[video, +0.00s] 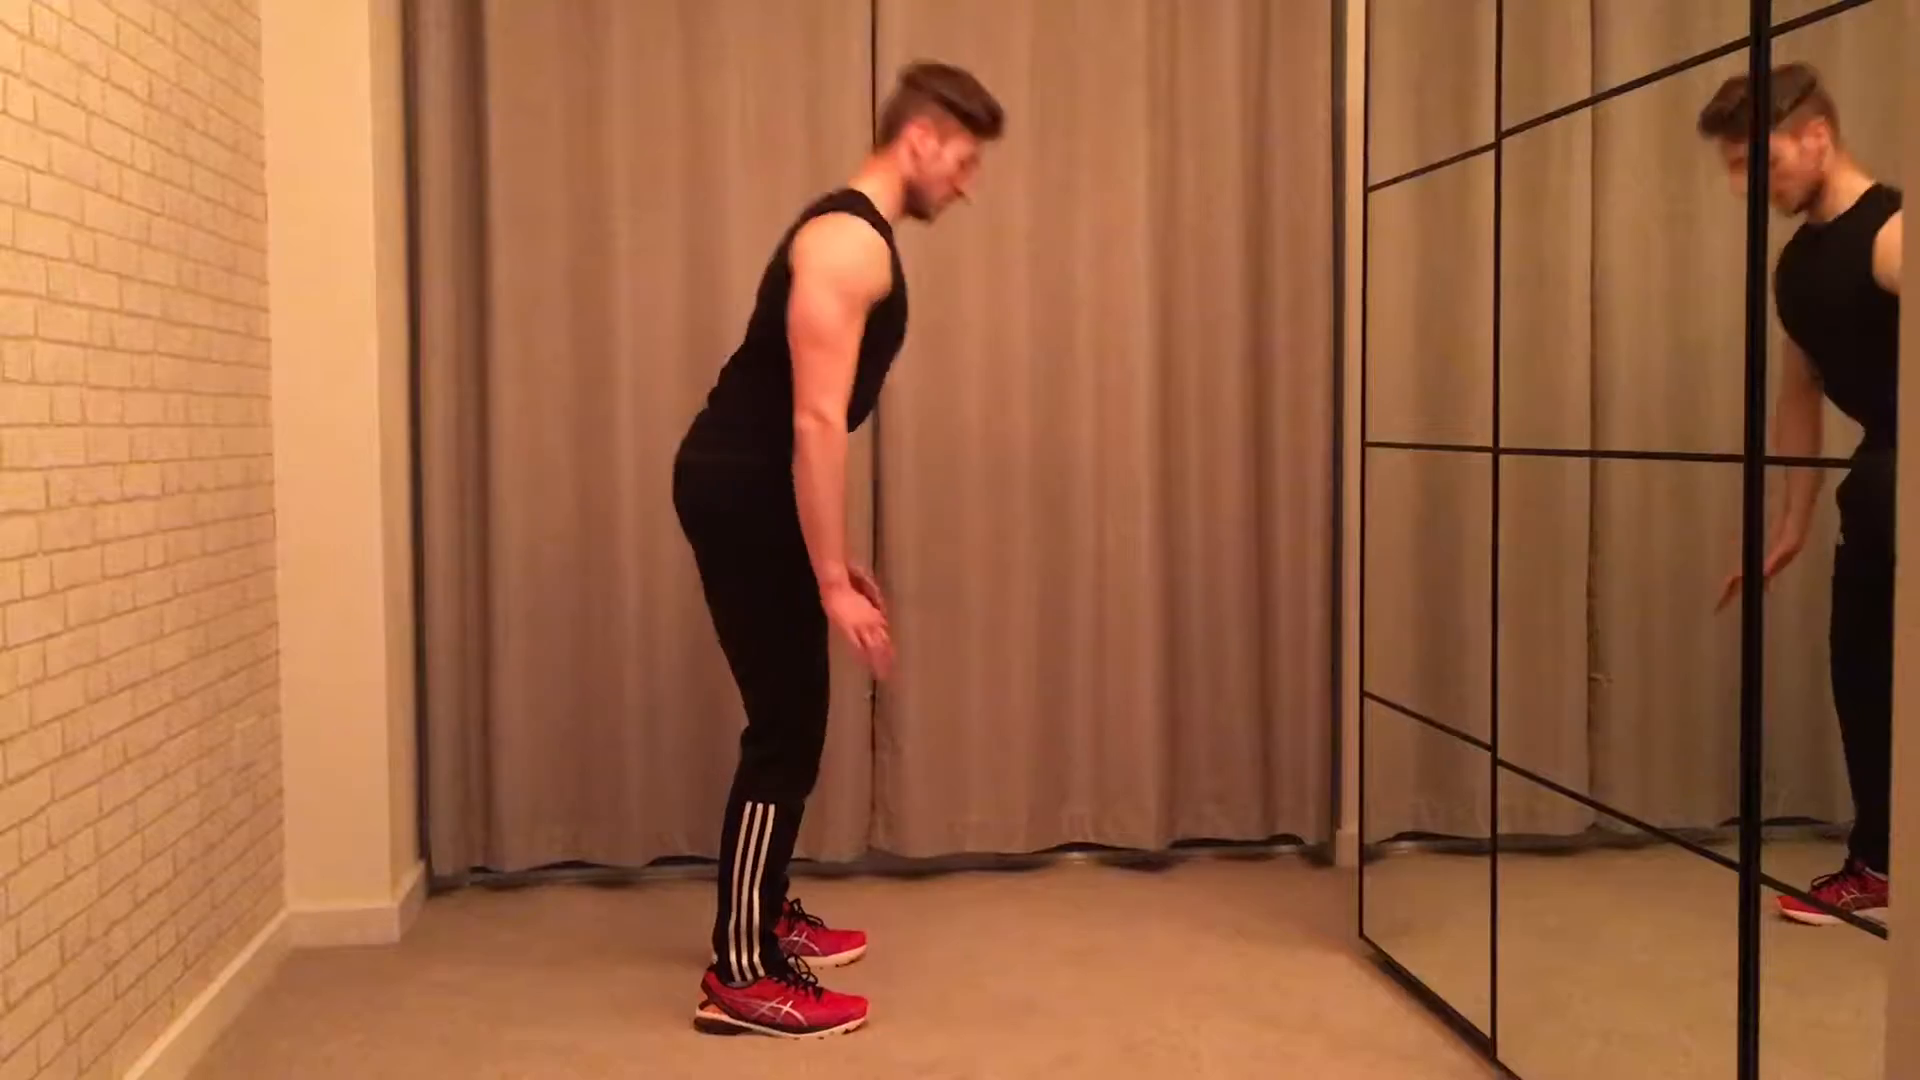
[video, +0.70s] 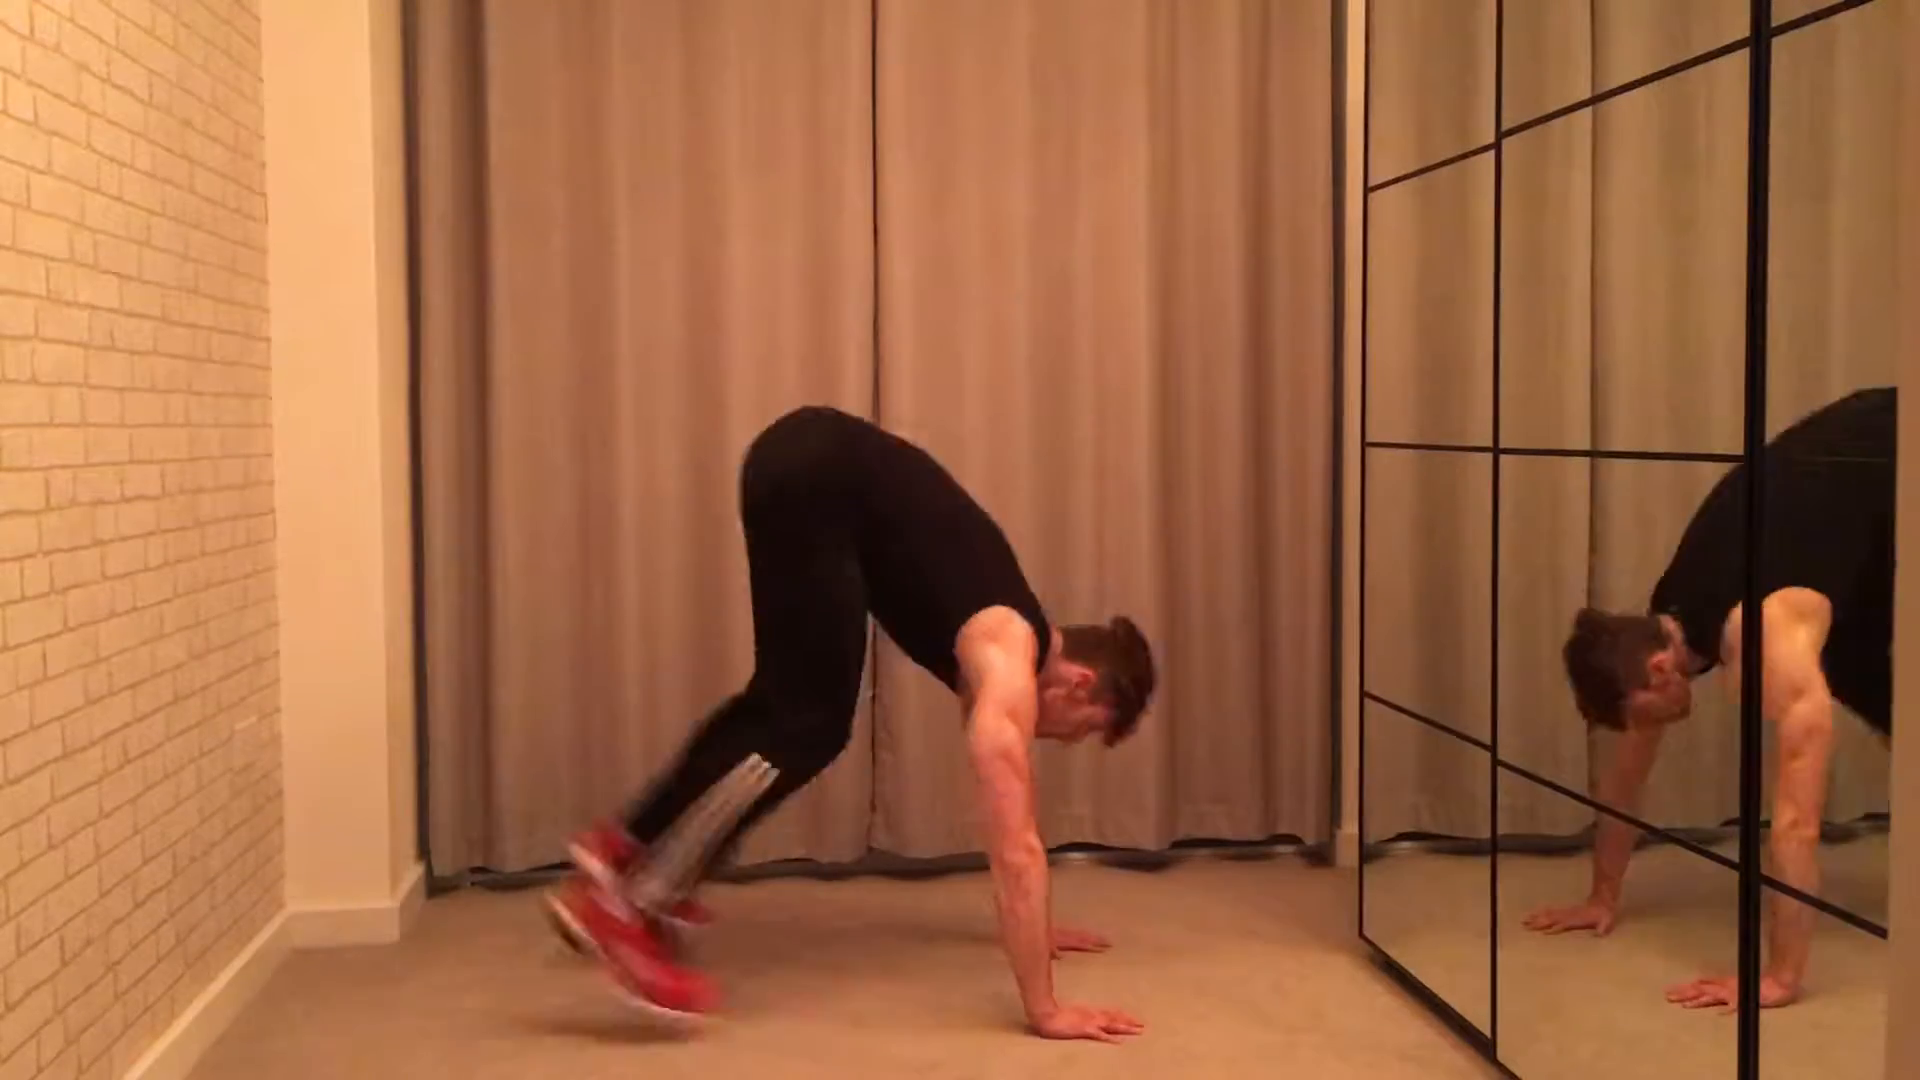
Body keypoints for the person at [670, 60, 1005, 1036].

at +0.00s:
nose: (970, 181)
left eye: (977, 164)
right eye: (967, 159)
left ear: (920, 141)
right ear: (920, 136)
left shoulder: (864, 236)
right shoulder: (846, 242)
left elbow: (821, 423)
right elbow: (815, 422)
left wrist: (838, 560)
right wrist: (832, 579)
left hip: (760, 479)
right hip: (741, 487)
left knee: (794, 714)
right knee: (787, 719)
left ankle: (766, 919)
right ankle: (739, 974)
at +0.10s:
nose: (1016, 259)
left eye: (1025, 241)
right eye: (1015, 236)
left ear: (971, 214)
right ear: (972, 210)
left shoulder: (897, 289)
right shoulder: (884, 297)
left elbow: (845, 469)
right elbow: (847, 470)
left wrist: (855, 604)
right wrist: (852, 631)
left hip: (738, 491)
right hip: (714, 493)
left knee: (805, 710)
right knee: (796, 718)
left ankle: (763, 915)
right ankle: (740, 972)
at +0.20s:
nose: (1052, 368)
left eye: (1061, 353)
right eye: (1053, 346)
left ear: (1014, 319)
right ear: (1011, 312)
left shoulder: (919, 374)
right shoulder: (911, 384)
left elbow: (879, 564)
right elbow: (881, 563)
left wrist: (896, 702)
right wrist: (894, 720)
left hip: (731, 517)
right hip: (704, 516)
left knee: (821, 717)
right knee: (814, 724)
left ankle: (770, 916)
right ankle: (743, 967)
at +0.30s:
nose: (1067, 482)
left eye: (1078, 467)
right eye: (1068, 460)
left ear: (1030, 425)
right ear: (1031, 426)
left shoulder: (941, 465)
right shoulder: (935, 487)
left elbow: (921, 664)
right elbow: (925, 679)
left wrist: (946, 784)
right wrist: (951, 842)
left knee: (845, 727)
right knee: (838, 739)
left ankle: (772, 920)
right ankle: (745, 969)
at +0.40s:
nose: (1075, 578)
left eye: (1086, 566)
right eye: (1081, 558)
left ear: (1043, 519)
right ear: (1048, 522)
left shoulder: (954, 546)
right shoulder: (950, 576)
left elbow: (972, 743)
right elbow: (976, 773)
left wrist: (1001, 860)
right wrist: (1022, 932)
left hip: (713, 569)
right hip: (696, 581)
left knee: (869, 732)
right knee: (871, 746)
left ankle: (766, 919)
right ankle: (752, 966)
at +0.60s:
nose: (1074, 715)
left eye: (1085, 704)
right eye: (1081, 698)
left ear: (1049, 657)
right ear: (1053, 663)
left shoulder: (991, 644)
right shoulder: (975, 663)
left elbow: (1006, 800)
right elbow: (1000, 852)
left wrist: (1029, 927)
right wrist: (1041, 1007)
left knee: (824, 726)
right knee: (822, 733)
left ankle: (770, 916)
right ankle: (743, 972)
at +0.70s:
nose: (1067, 739)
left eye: (1082, 734)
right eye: (1086, 727)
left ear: (1076, 675)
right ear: (1076, 685)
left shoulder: (1012, 647)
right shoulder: (1005, 663)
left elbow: (1009, 816)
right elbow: (1014, 848)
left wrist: (1028, 920)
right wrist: (1042, 1008)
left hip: (807, 467)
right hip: (807, 478)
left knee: (780, 701)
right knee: (812, 726)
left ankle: (625, 852)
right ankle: (630, 902)